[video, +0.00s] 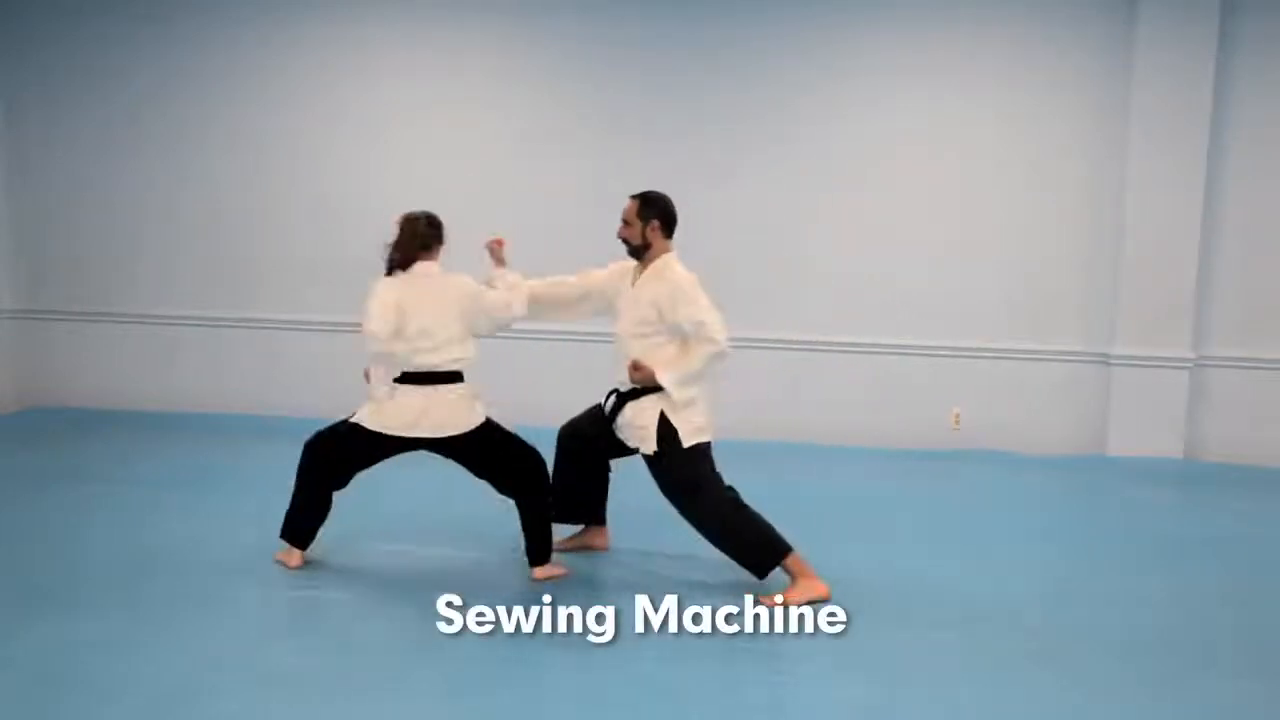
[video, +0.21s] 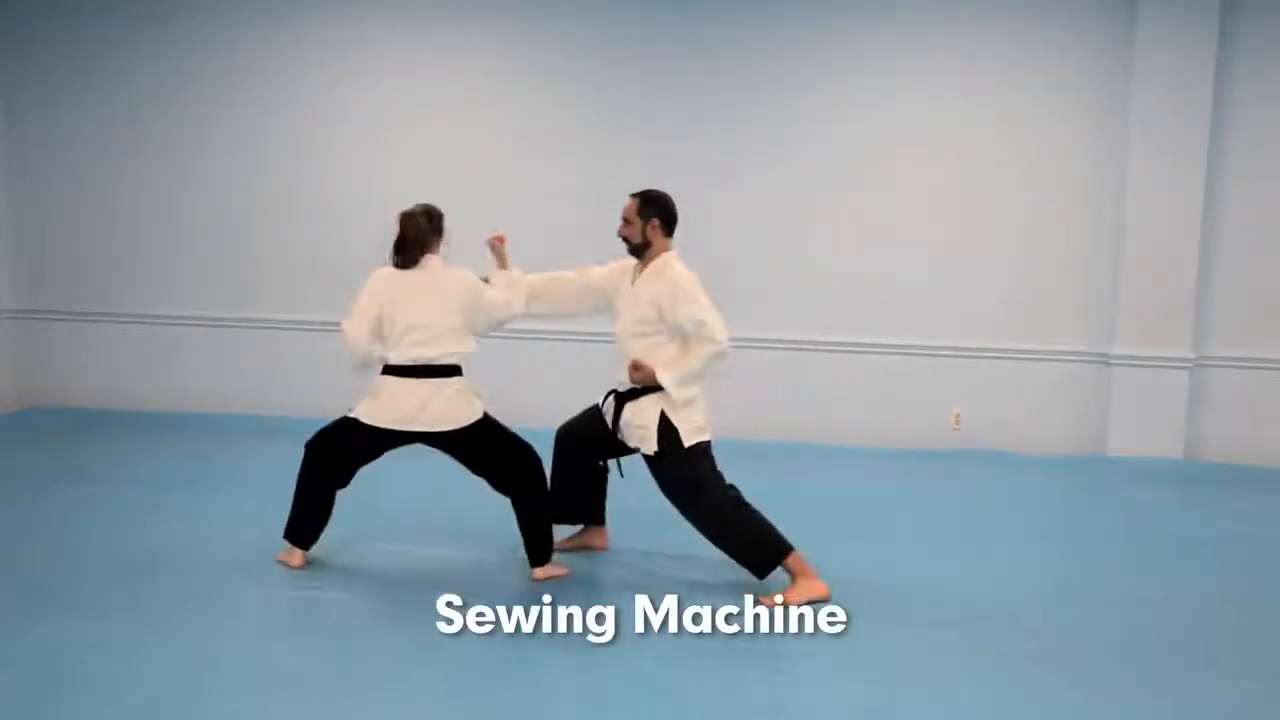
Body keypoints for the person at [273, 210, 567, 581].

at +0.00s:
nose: (397, 241)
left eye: (400, 237)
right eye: (438, 240)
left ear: (401, 244)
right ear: (440, 246)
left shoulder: (387, 288)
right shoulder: (460, 288)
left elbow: (378, 338)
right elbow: (509, 309)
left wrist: (374, 376)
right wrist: (501, 268)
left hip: (395, 416)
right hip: (455, 417)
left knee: (321, 452)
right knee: (528, 468)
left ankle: (294, 549)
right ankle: (541, 563)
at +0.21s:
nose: (444, 239)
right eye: (443, 234)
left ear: (402, 238)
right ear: (440, 239)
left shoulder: (383, 281)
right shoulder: (461, 282)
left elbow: (356, 341)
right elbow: (506, 307)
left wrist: (380, 356)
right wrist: (503, 266)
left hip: (390, 408)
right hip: (451, 410)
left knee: (322, 452)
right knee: (523, 465)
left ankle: (296, 549)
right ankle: (542, 563)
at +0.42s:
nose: (447, 228)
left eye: (444, 220)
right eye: (443, 222)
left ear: (405, 228)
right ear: (425, 227)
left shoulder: (379, 267)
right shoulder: (446, 267)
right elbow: (470, 293)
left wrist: (466, 260)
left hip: (377, 396)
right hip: (437, 400)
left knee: (322, 455)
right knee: (506, 464)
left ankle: (296, 549)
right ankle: (538, 562)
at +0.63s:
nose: (463, 228)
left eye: (461, 220)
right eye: (458, 221)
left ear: (422, 226)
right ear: (439, 226)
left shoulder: (401, 261)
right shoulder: (467, 267)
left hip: (387, 397)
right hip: (445, 404)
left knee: (336, 463)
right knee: (519, 465)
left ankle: (295, 550)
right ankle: (539, 562)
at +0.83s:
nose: (500, 217)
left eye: (498, 209)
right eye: (495, 211)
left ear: (459, 217)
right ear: (477, 216)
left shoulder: (432, 257)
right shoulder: (506, 254)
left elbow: (421, 306)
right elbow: (562, 250)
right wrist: (614, 235)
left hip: (426, 384)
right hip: (483, 388)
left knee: (379, 463)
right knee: (541, 467)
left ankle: (332, 548)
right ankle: (546, 563)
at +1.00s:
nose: (509, 212)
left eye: (507, 204)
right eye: (505, 206)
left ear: (463, 210)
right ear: (491, 210)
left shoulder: (437, 250)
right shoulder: (515, 248)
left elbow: (421, 289)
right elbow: (571, 252)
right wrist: (617, 236)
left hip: (435, 376)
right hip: (492, 378)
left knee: (410, 454)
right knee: (538, 465)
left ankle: (400, 544)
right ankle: (549, 562)